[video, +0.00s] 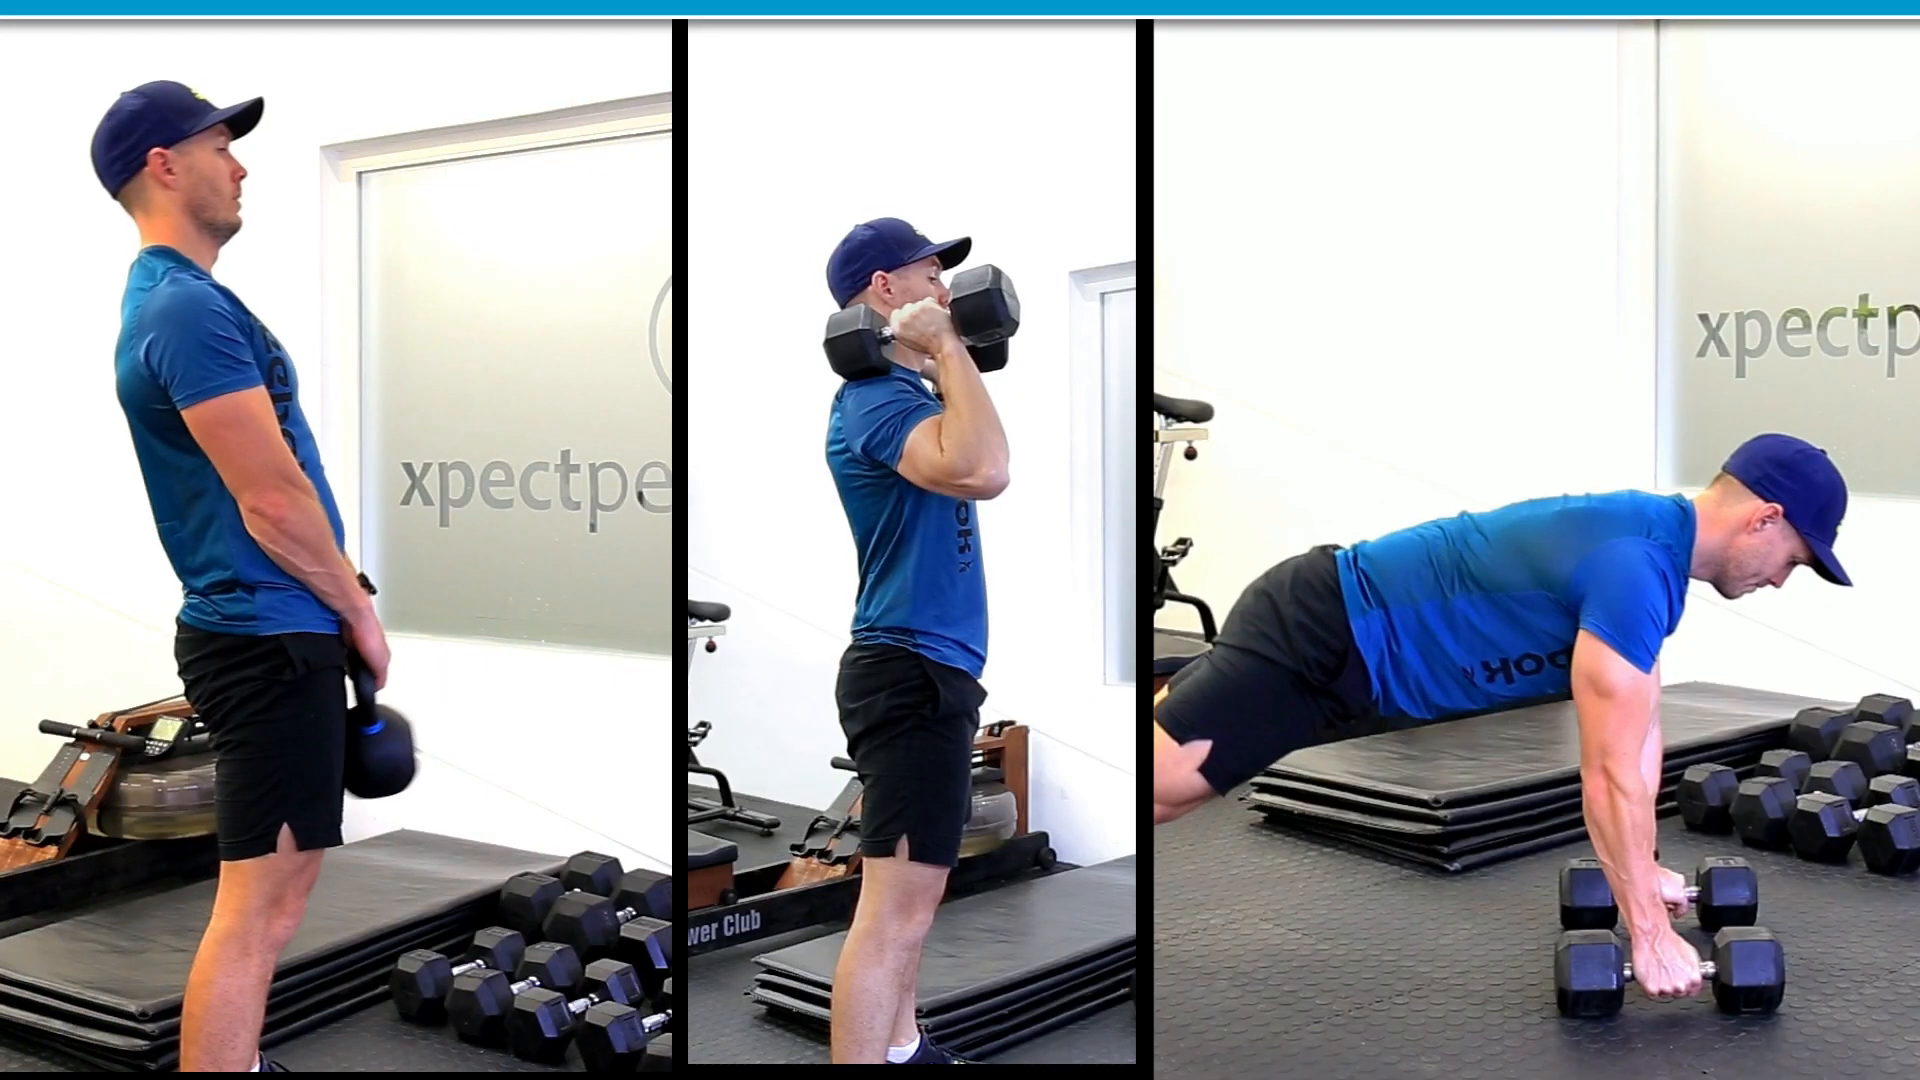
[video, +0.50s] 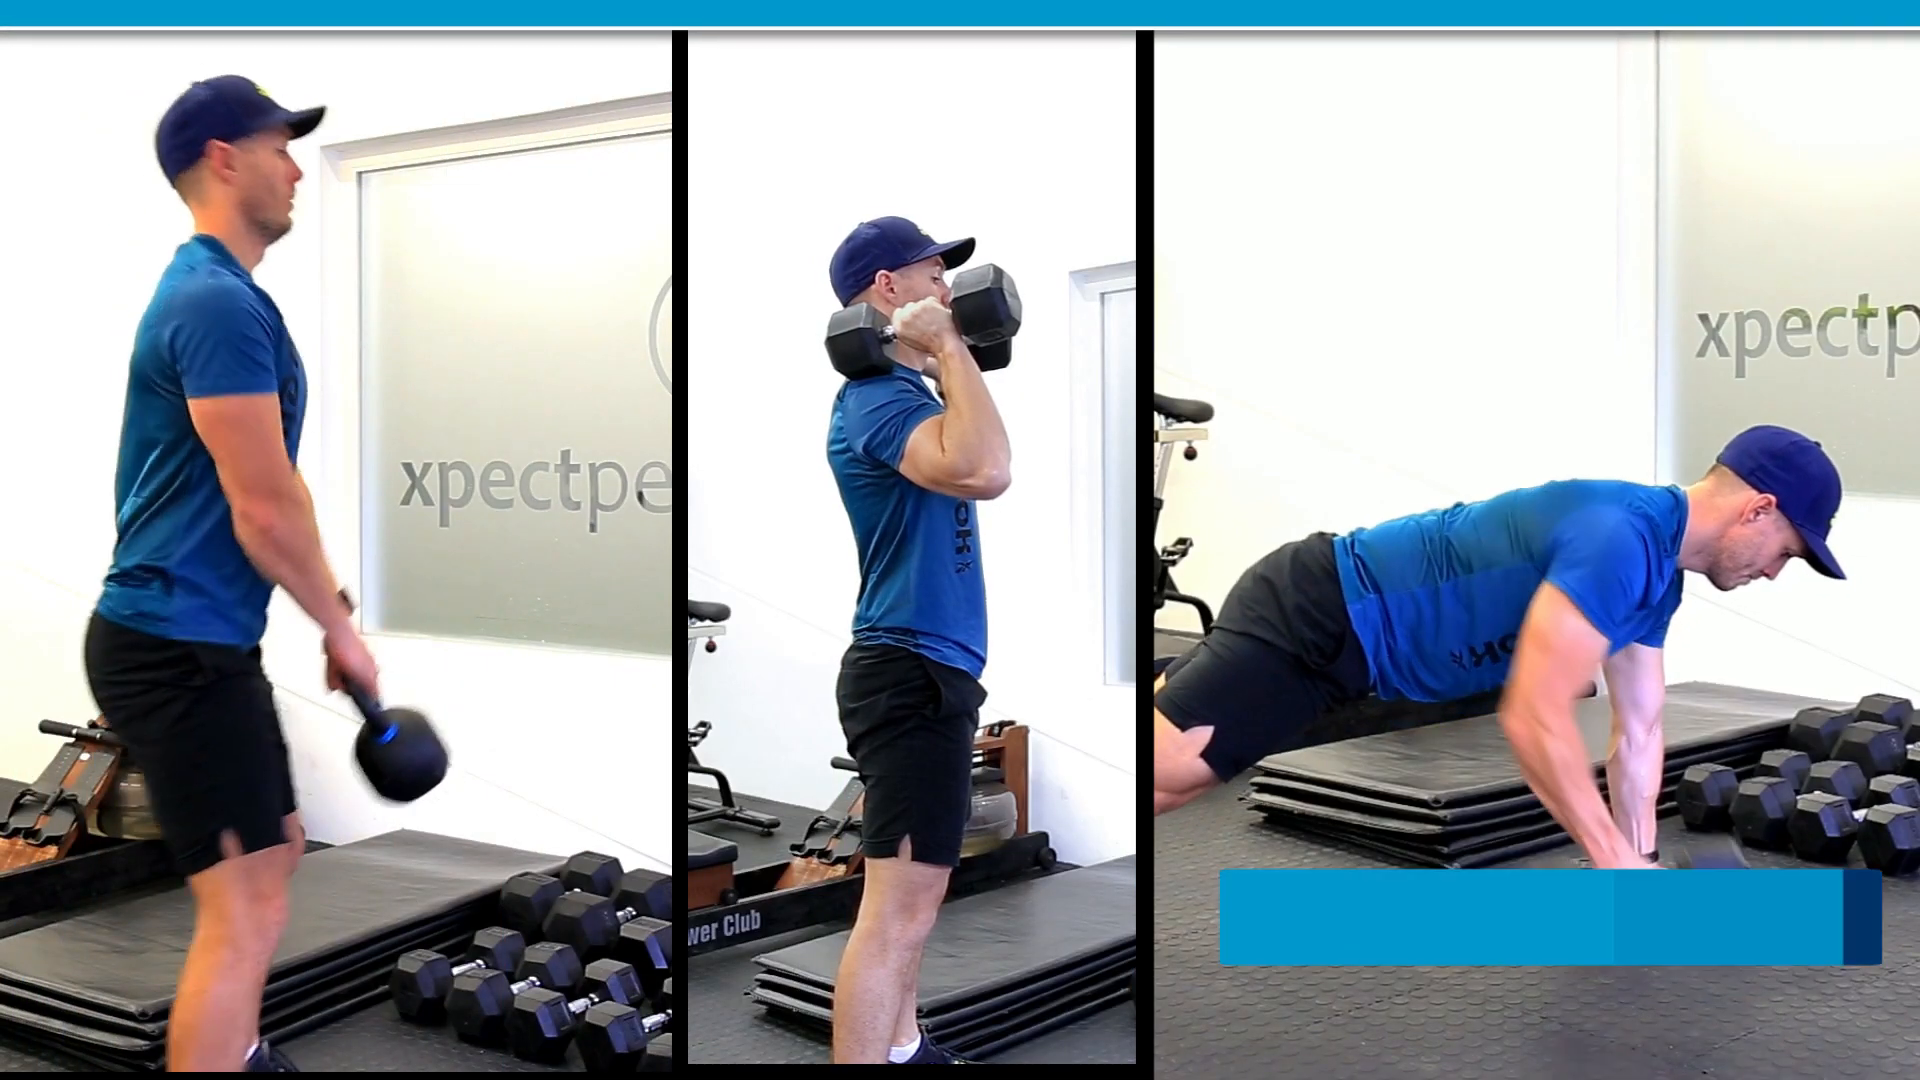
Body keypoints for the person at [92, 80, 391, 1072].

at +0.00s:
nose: (242, 165)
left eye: (233, 147)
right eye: (221, 145)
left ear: (159, 172)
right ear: (162, 167)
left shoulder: (172, 298)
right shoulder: (186, 305)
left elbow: (266, 496)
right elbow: (272, 503)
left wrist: (347, 597)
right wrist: (359, 612)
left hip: (269, 636)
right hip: (266, 642)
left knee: (268, 902)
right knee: (256, 911)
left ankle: (227, 1059)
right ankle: (216, 1066)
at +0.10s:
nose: (229, 165)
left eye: (220, 146)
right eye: (208, 147)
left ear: (149, 174)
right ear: (151, 169)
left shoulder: (166, 300)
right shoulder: (176, 308)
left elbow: (270, 490)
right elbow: (270, 499)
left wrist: (353, 588)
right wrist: (362, 597)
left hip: (266, 635)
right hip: (264, 641)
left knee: (269, 896)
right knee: (254, 908)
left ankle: (226, 1058)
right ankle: (215, 1065)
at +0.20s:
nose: (227, 162)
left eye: (218, 143)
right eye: (206, 144)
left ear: (150, 171)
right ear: (150, 166)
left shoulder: (174, 298)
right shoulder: (172, 307)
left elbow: (280, 479)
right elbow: (267, 496)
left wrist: (359, 578)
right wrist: (366, 593)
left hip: (261, 635)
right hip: (250, 640)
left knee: (264, 891)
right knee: (246, 904)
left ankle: (226, 1058)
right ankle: (211, 1066)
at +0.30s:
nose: (237, 159)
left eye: (228, 141)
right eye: (216, 141)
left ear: (161, 164)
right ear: (159, 160)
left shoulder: (186, 294)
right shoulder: (174, 302)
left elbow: (286, 473)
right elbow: (263, 490)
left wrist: (363, 582)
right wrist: (367, 593)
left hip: (251, 635)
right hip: (234, 640)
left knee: (267, 883)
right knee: (243, 907)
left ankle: (230, 1056)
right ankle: (210, 1068)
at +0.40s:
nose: (261, 155)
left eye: (253, 137)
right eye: (241, 136)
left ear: (183, 157)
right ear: (181, 153)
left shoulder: (198, 286)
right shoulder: (191, 295)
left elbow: (278, 477)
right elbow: (268, 489)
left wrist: (357, 592)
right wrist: (359, 601)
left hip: (230, 630)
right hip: (202, 637)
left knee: (288, 848)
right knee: (251, 903)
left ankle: (232, 1047)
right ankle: (212, 1070)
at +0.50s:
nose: (299, 167)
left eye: (293, 148)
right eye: (281, 146)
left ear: (223, 164)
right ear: (222, 160)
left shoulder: (226, 293)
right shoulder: (214, 301)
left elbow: (272, 497)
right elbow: (262, 509)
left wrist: (336, 618)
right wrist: (339, 629)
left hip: (204, 636)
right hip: (171, 642)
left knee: (274, 847)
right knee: (240, 904)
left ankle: (224, 1040)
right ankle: (208, 1068)